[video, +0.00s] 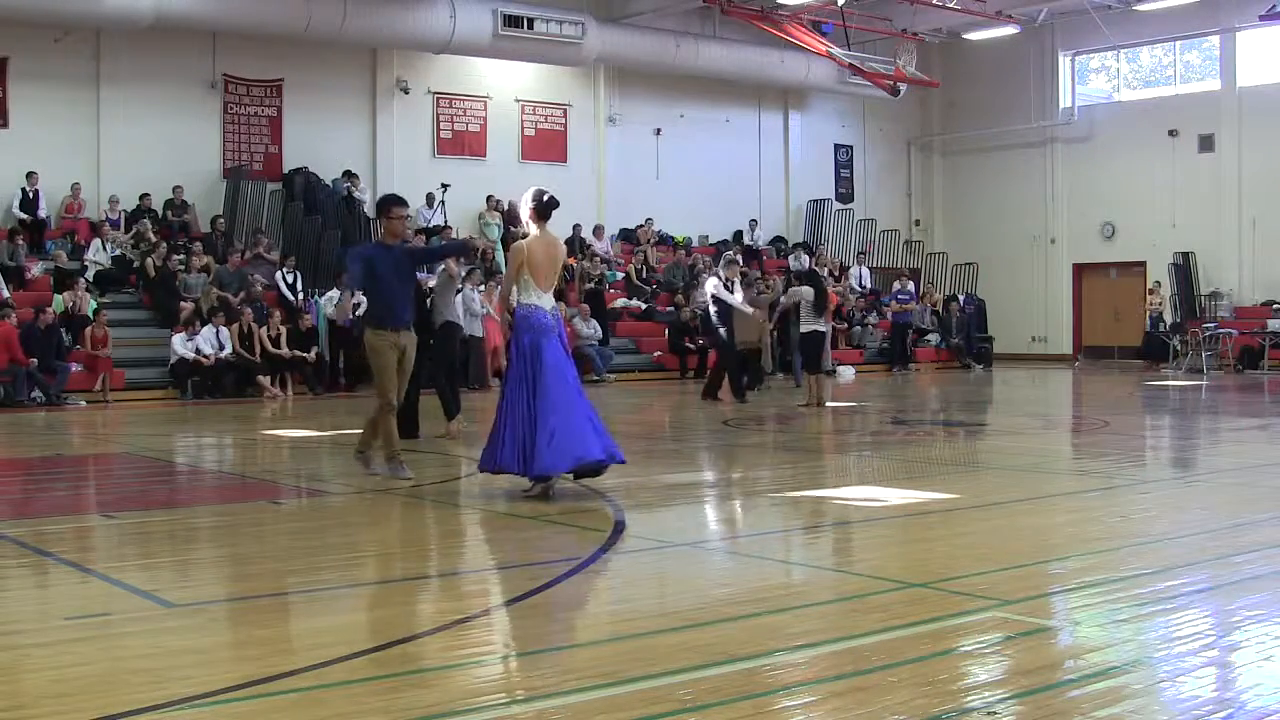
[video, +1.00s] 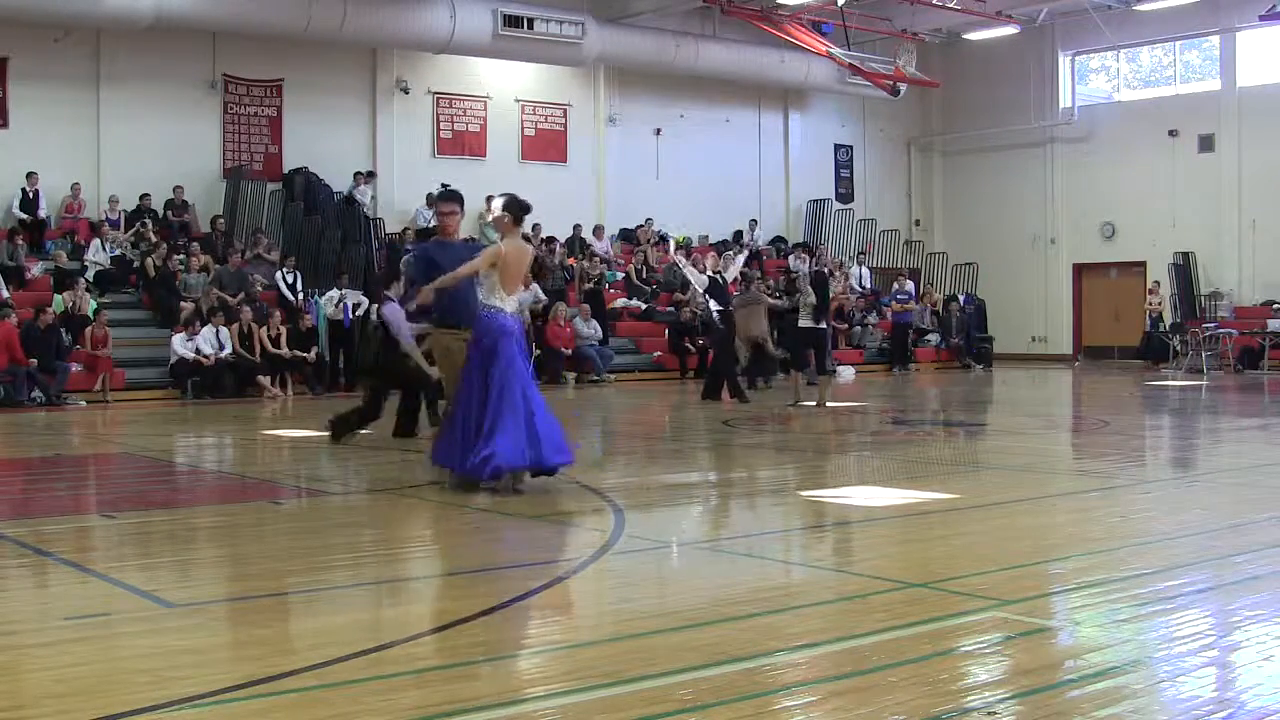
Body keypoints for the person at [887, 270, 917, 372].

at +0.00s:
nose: (903, 282)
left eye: (905, 280)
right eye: (901, 280)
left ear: (908, 281)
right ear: (899, 282)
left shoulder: (911, 294)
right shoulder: (894, 294)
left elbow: (913, 306)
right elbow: (893, 308)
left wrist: (899, 306)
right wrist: (907, 307)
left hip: (907, 321)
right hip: (896, 321)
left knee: (906, 344)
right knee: (896, 343)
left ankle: (905, 363)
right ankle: (896, 364)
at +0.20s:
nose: (902, 283)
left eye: (904, 281)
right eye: (900, 281)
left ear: (907, 281)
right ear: (897, 281)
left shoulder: (910, 294)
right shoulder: (894, 294)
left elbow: (912, 306)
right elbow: (893, 307)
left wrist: (899, 306)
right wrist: (906, 306)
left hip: (907, 321)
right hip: (896, 321)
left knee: (906, 344)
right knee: (896, 343)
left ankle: (905, 364)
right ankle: (895, 364)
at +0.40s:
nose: (902, 282)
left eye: (904, 280)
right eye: (900, 280)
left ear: (907, 281)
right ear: (897, 282)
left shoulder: (910, 294)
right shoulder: (894, 294)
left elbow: (912, 306)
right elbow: (893, 307)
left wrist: (899, 305)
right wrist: (907, 306)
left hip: (907, 321)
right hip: (896, 321)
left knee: (906, 344)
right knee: (896, 343)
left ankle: (905, 364)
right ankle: (896, 364)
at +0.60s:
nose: (901, 282)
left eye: (903, 280)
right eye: (899, 280)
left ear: (906, 281)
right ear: (897, 282)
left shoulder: (909, 294)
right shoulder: (894, 294)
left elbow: (912, 306)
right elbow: (894, 307)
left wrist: (900, 306)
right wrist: (907, 306)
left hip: (907, 322)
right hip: (896, 322)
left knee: (905, 343)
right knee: (896, 343)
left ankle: (905, 363)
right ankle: (895, 364)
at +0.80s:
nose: (901, 282)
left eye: (903, 280)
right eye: (899, 280)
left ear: (906, 281)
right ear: (897, 282)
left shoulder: (909, 294)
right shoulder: (894, 294)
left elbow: (912, 306)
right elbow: (894, 307)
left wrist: (900, 305)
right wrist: (907, 306)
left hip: (907, 322)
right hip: (896, 322)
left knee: (905, 343)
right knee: (896, 343)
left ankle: (905, 363)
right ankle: (895, 364)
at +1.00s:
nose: (901, 282)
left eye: (903, 280)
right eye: (899, 280)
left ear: (906, 281)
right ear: (897, 282)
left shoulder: (909, 294)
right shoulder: (894, 294)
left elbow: (912, 306)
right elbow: (894, 307)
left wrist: (900, 306)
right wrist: (907, 306)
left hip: (906, 322)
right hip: (896, 322)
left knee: (905, 343)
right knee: (895, 343)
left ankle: (905, 363)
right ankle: (895, 364)